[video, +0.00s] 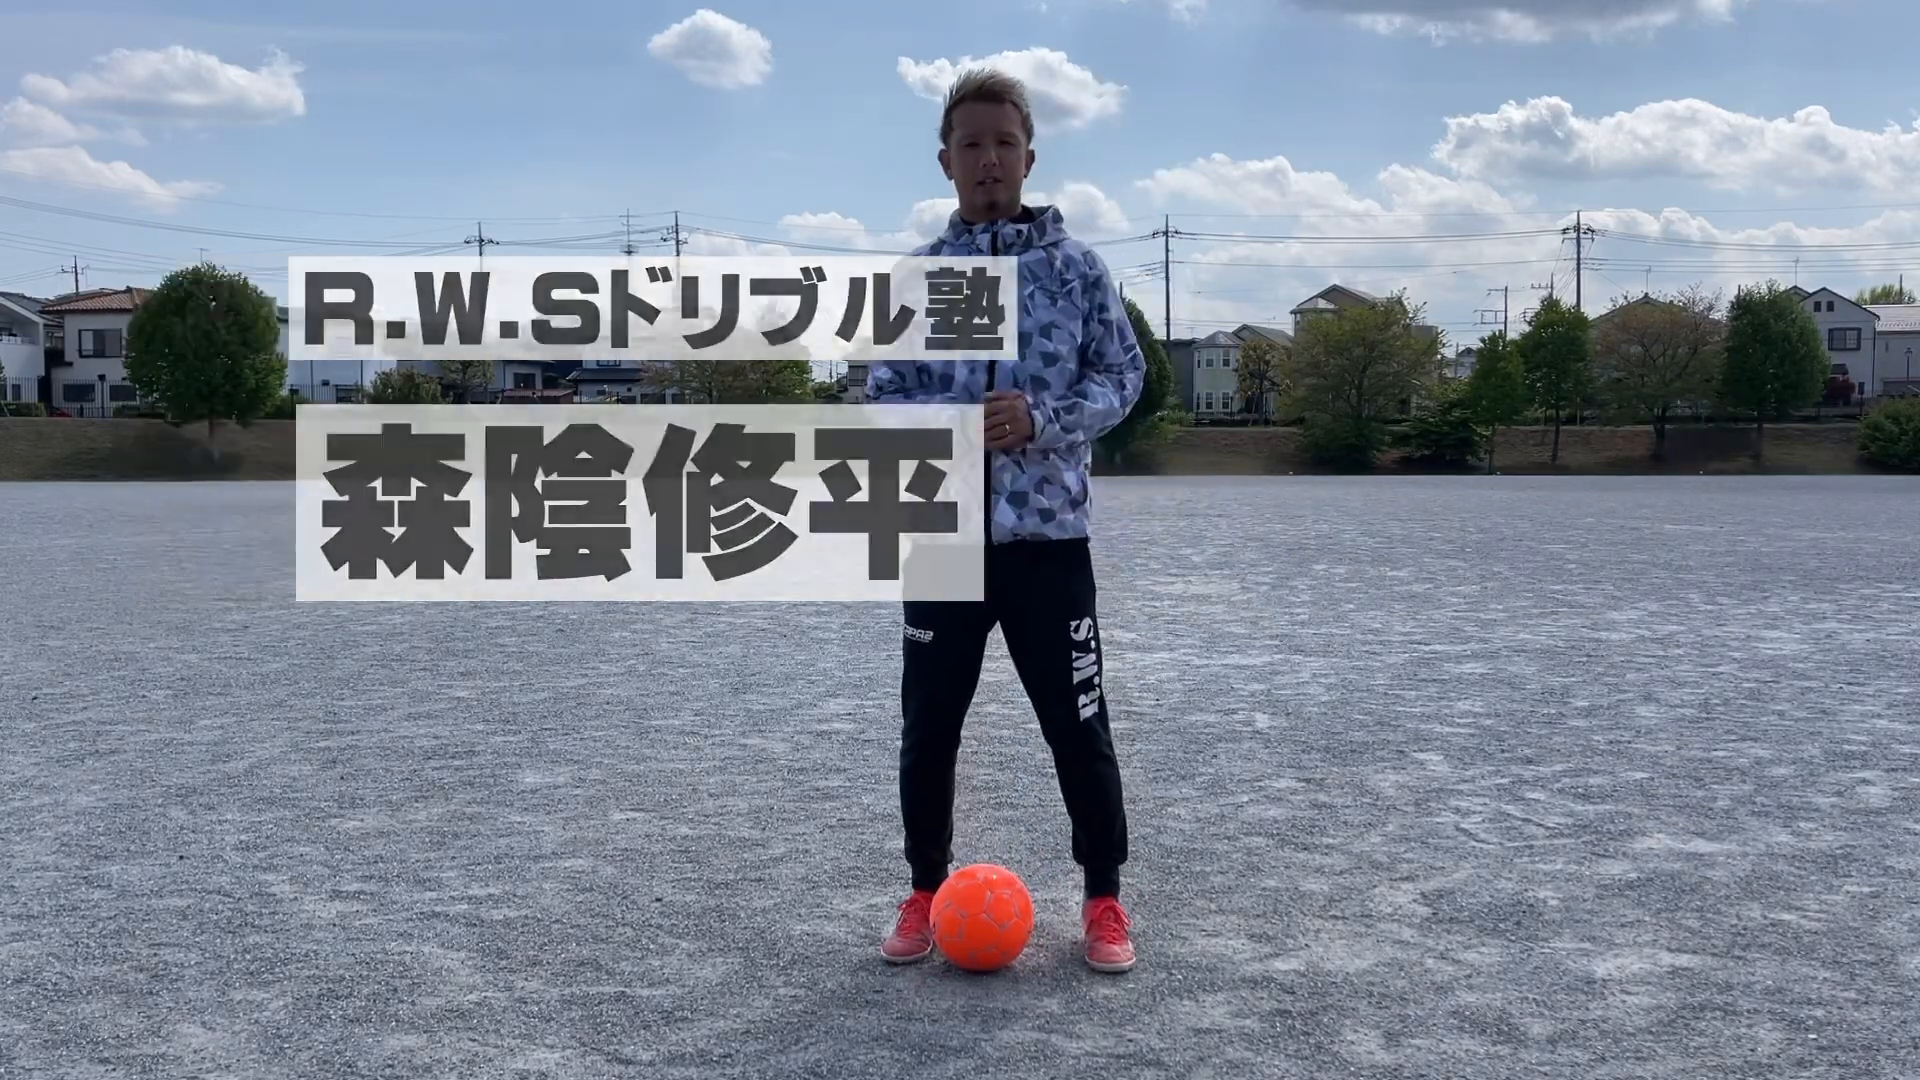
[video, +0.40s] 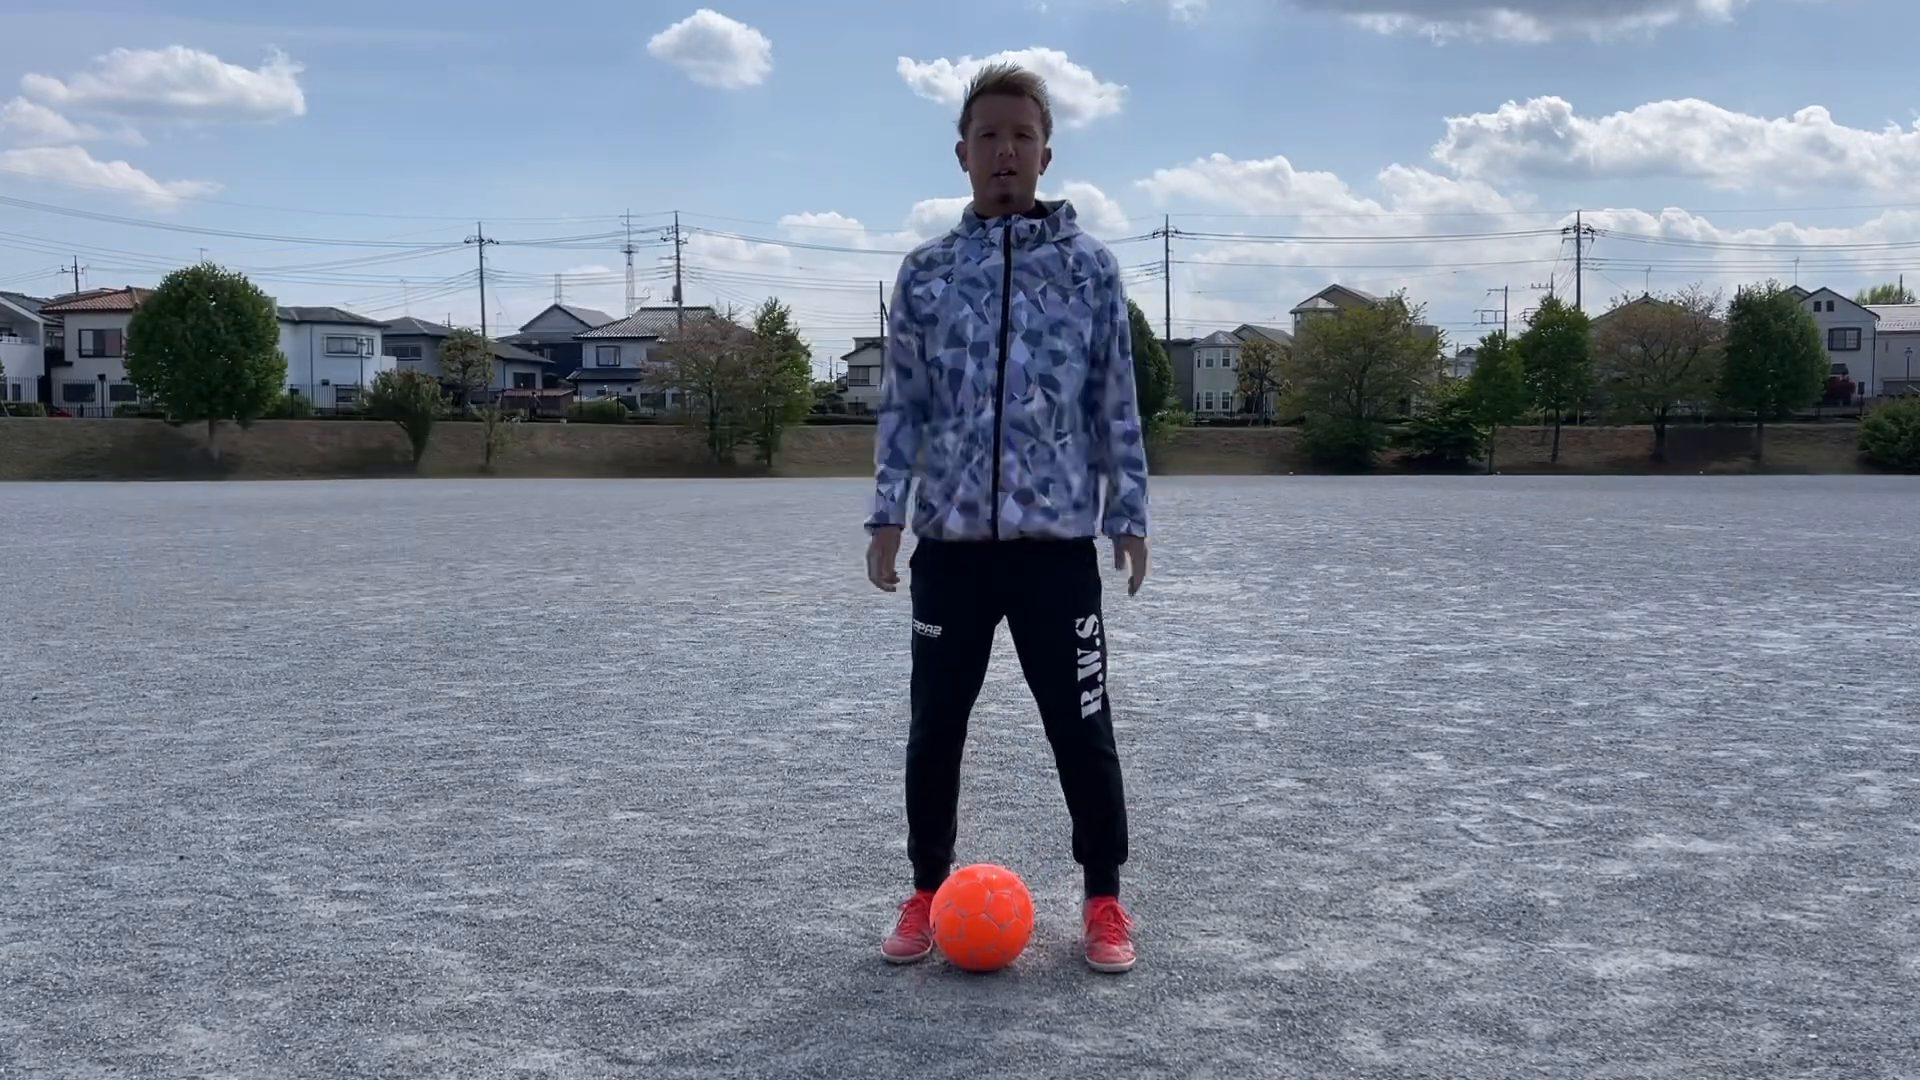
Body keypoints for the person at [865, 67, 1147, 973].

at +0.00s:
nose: (989, 159)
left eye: (1005, 142)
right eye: (971, 144)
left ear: (1030, 153)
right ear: (946, 158)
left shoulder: (1075, 266)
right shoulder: (914, 275)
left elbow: (1122, 382)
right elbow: (872, 384)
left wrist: (1042, 419)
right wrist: (941, 418)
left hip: (1045, 536)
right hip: (941, 536)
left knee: (1078, 723)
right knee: (927, 725)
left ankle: (1103, 902)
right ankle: (925, 894)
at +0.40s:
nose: (1004, 151)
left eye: (1022, 136)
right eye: (988, 135)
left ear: (1046, 151)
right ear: (963, 150)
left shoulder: (1088, 265)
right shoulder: (927, 269)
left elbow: (1118, 400)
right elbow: (900, 404)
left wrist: (1129, 510)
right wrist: (886, 513)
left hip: (1056, 535)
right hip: (951, 535)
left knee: (1082, 725)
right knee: (933, 727)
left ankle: (1103, 901)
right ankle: (927, 894)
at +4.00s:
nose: (1016, 162)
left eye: (1033, 149)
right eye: (999, 150)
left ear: (1057, 167)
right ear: (977, 169)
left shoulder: (1099, 280)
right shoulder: (942, 288)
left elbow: (1140, 392)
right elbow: (907, 406)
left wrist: (1047, 400)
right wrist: (962, 409)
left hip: (1061, 540)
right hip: (960, 540)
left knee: (1080, 728)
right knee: (944, 732)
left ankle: (1097, 897)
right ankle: (935, 897)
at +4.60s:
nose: (924, 172)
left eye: (936, 155)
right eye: (904, 160)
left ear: (957, 167)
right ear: (877, 181)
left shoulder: (1010, 272)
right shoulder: (857, 296)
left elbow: (1064, 370)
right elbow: (836, 422)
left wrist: (1004, 404)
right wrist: (925, 419)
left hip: (1012, 533)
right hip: (912, 540)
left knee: (1059, 705)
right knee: (915, 726)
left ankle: (1096, 884)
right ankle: (927, 892)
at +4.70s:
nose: (914, 176)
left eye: (927, 159)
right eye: (893, 165)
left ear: (947, 168)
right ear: (868, 184)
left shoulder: (1001, 267)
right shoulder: (851, 298)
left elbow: (1060, 364)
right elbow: (835, 425)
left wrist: (1000, 402)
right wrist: (920, 421)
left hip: (1011, 531)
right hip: (911, 542)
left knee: (1066, 702)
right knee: (916, 726)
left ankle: (1111, 879)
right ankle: (929, 892)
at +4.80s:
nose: (903, 179)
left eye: (915, 161)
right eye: (883, 167)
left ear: (940, 167)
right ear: (859, 185)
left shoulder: (1000, 267)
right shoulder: (847, 300)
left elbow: (1058, 365)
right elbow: (829, 426)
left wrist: (992, 404)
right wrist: (909, 426)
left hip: (1012, 531)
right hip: (911, 544)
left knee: (1071, 703)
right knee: (916, 727)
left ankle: (1128, 877)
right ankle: (929, 892)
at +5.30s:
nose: (952, 176)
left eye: (965, 159)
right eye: (933, 163)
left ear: (990, 166)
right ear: (909, 179)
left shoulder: (1045, 276)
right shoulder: (887, 297)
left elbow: (1093, 379)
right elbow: (858, 417)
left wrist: (1019, 417)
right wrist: (927, 442)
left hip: (1028, 540)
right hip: (929, 545)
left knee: (1058, 723)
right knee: (926, 729)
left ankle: (1089, 893)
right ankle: (929, 892)